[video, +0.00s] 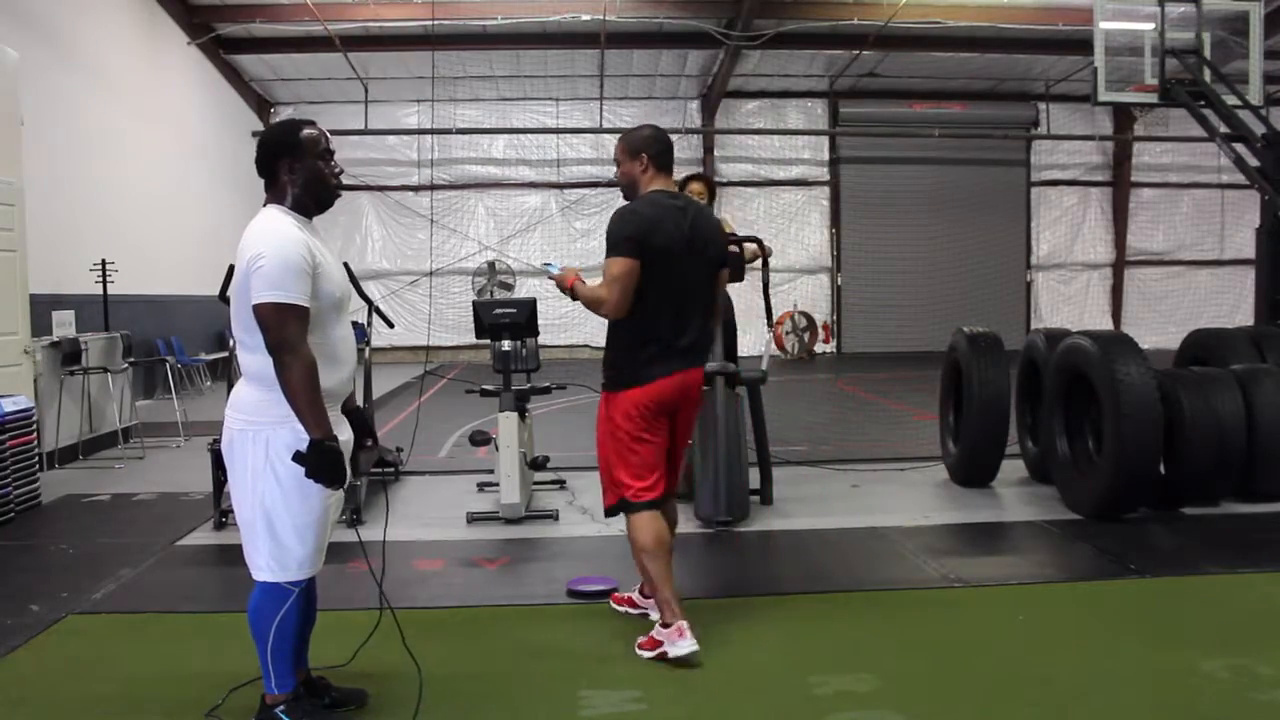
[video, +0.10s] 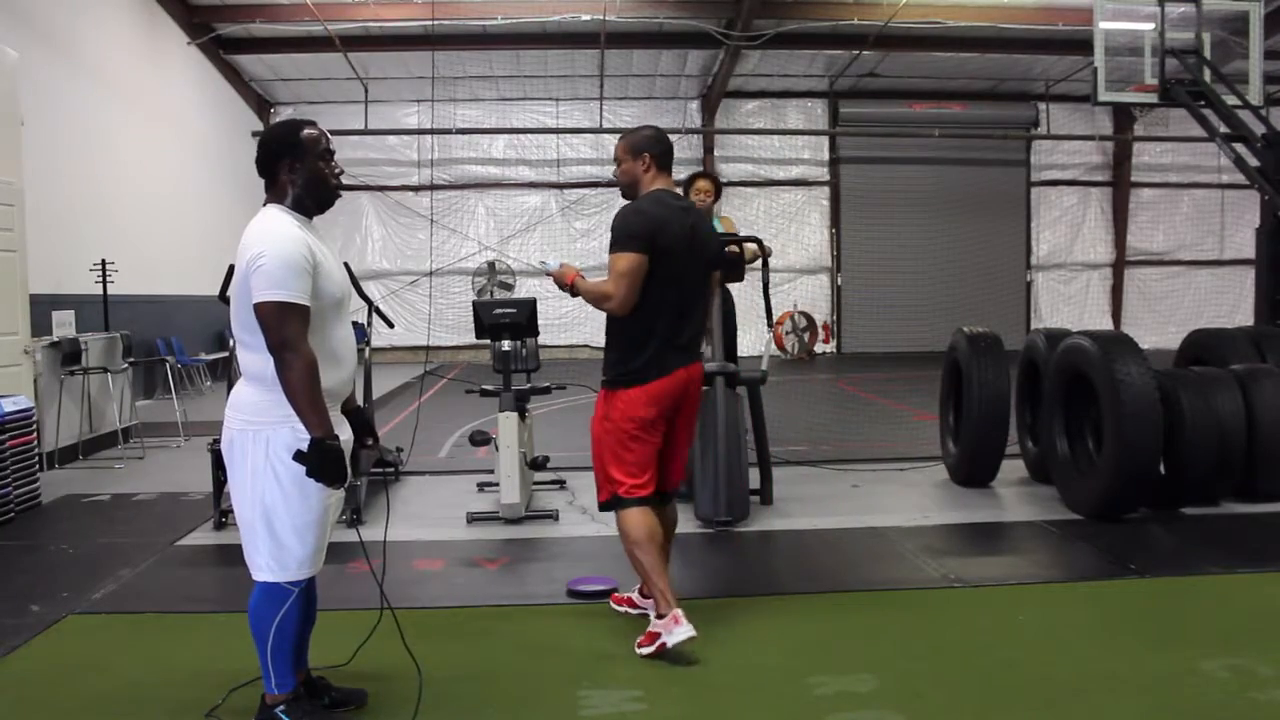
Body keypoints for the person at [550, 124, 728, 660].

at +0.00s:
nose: (618, 175)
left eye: (621, 166)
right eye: (617, 166)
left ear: (642, 163)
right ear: (663, 163)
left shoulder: (630, 219)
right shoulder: (706, 218)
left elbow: (614, 303)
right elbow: (719, 287)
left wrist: (577, 287)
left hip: (637, 384)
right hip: (688, 376)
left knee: (641, 501)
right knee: (660, 494)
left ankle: (674, 628)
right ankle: (651, 593)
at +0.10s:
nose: (616, 173)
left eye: (620, 164)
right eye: (616, 164)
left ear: (645, 163)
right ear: (657, 163)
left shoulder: (635, 217)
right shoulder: (699, 217)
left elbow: (619, 298)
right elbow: (710, 289)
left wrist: (576, 284)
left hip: (636, 384)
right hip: (685, 375)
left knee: (630, 498)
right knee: (659, 492)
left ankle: (670, 617)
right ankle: (651, 592)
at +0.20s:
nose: (614, 170)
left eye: (620, 161)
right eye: (615, 161)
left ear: (647, 163)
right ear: (654, 164)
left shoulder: (642, 215)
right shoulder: (687, 215)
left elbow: (623, 293)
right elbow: (693, 289)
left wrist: (577, 282)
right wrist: (599, 284)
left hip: (638, 378)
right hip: (683, 371)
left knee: (625, 493)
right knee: (658, 489)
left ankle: (666, 609)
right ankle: (650, 592)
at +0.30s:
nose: (613, 168)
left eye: (620, 160)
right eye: (614, 160)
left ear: (649, 164)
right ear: (653, 166)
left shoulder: (646, 215)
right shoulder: (680, 214)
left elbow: (632, 291)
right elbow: (652, 291)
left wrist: (579, 283)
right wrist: (592, 283)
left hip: (641, 376)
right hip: (680, 369)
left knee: (625, 490)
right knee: (656, 486)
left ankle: (673, 601)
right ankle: (651, 590)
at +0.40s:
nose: (612, 167)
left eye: (620, 159)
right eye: (614, 159)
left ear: (650, 164)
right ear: (651, 166)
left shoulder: (652, 214)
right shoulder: (665, 212)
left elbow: (641, 290)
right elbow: (646, 289)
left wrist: (584, 284)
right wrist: (590, 284)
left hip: (646, 374)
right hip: (670, 369)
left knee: (625, 489)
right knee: (652, 485)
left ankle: (682, 598)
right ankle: (652, 591)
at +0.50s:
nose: (612, 167)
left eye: (620, 159)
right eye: (612, 159)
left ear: (651, 165)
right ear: (646, 166)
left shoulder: (658, 214)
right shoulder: (649, 213)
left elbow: (650, 290)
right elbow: (643, 286)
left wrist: (588, 285)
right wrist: (589, 284)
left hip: (654, 375)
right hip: (650, 371)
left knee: (634, 490)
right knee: (645, 486)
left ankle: (677, 602)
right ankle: (653, 591)